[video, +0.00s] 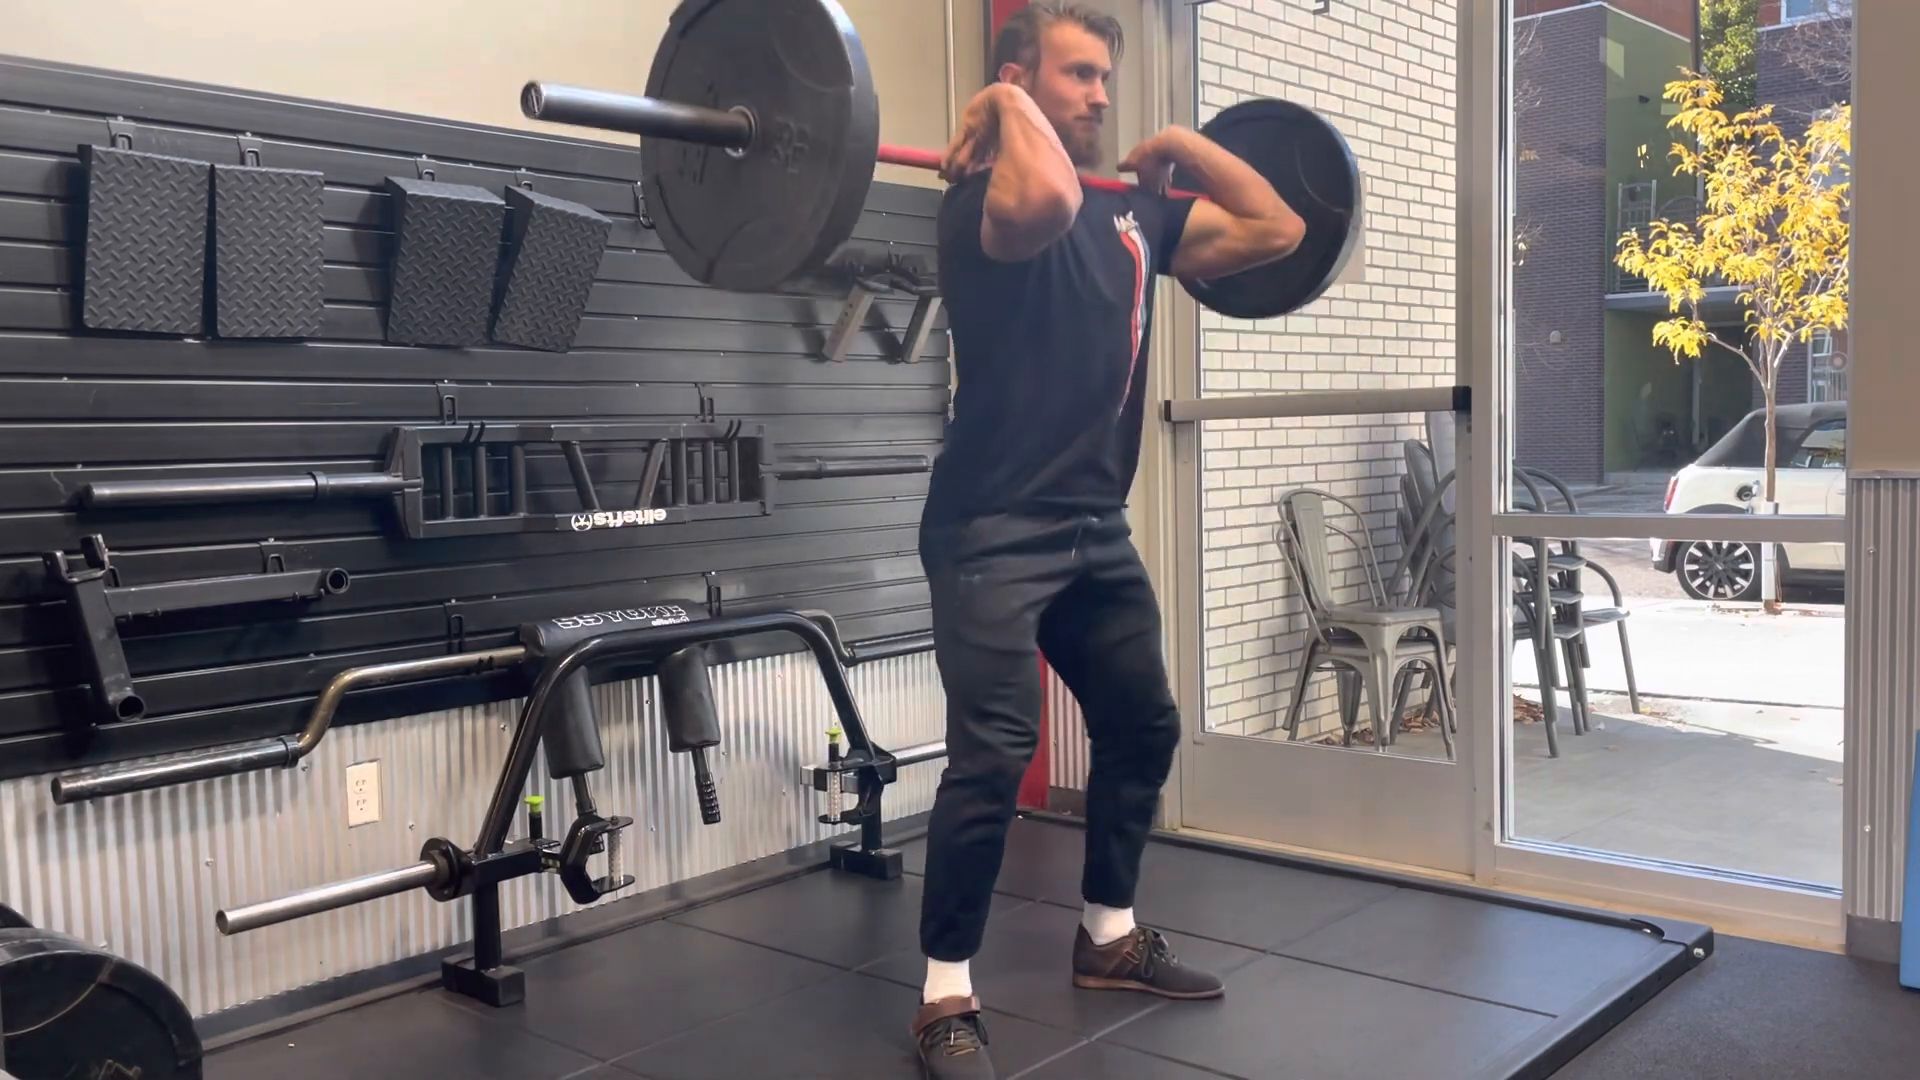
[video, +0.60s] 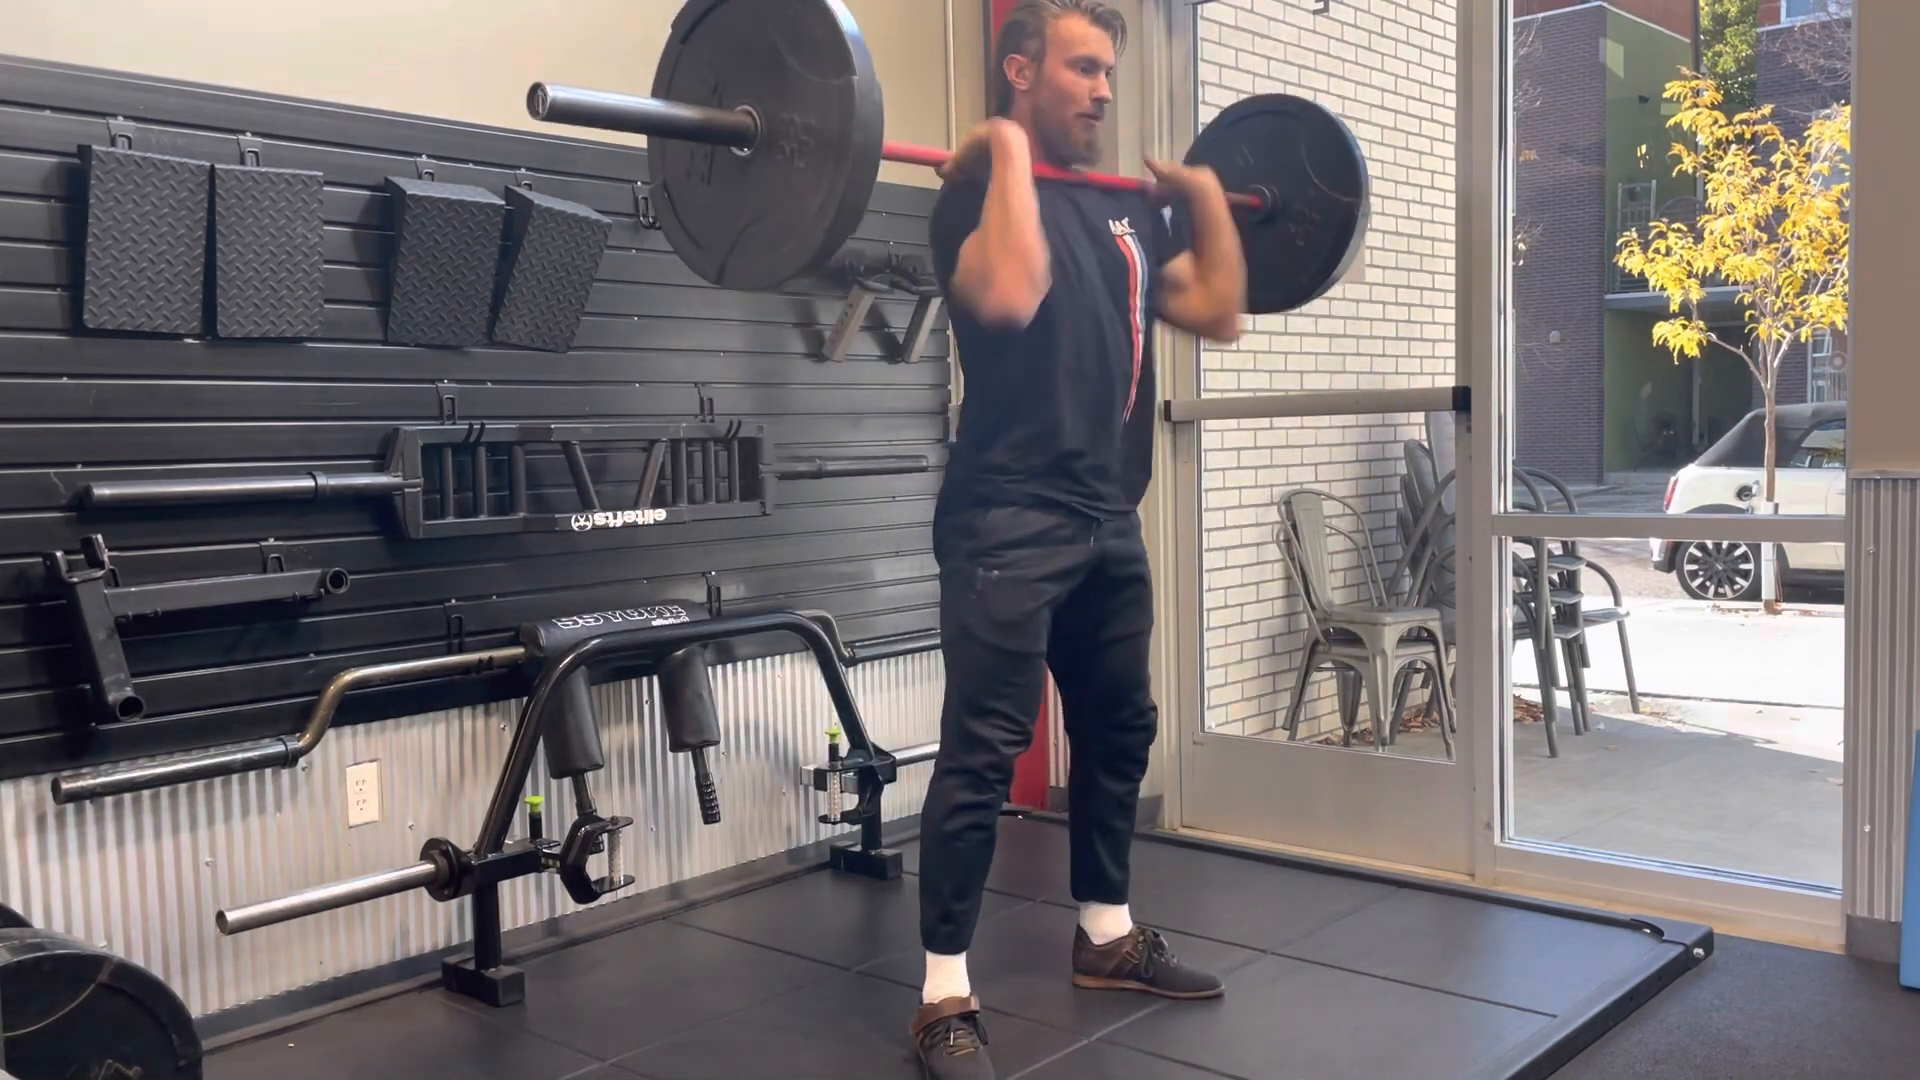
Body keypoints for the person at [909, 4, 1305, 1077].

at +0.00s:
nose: (1101, 94)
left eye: (1105, 77)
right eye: (1081, 72)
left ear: (1103, 92)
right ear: (1020, 86)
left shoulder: (1133, 209)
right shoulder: (980, 198)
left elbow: (1276, 228)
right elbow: (1050, 198)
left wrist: (1181, 144)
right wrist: (1008, 100)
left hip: (1096, 526)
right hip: (990, 529)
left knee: (1143, 725)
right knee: (993, 749)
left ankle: (1107, 940)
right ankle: (946, 997)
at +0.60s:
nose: (1104, 87)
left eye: (1110, 71)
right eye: (1085, 67)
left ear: (1110, 88)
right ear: (1020, 72)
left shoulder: (1124, 207)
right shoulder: (977, 192)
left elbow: (1217, 313)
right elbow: (1008, 297)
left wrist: (1204, 194)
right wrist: (1008, 147)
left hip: (1108, 519)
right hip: (1005, 516)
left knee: (1116, 732)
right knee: (985, 746)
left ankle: (1104, 936)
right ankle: (945, 993)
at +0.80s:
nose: (1107, 73)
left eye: (1111, 56)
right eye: (1087, 52)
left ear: (1101, 74)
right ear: (1019, 66)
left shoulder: (1097, 190)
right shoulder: (946, 178)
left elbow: (1090, 298)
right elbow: (847, 264)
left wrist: (1148, 302)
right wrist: (955, 289)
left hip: (1093, 507)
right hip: (990, 512)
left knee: (1118, 720)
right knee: (995, 735)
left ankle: (1104, 934)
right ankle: (951, 986)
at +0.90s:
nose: (1116, 96)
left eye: (1120, 79)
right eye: (1094, 76)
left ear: (1113, 99)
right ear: (1026, 90)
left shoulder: (1120, 215)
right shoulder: (965, 205)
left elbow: (1151, 311)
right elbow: (859, 303)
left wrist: (1179, 397)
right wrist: (972, 404)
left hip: (1067, 518)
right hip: (964, 522)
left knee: (1104, 724)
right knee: (994, 736)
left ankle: (1085, 943)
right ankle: (953, 988)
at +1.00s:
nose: (1148, 151)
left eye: (1149, 136)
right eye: (1125, 134)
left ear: (1143, 159)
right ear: (1059, 157)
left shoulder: (1144, 293)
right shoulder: (998, 282)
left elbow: (1147, 404)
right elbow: (882, 399)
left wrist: (1170, 506)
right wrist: (964, 532)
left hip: (1052, 550)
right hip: (946, 556)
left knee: (1138, 731)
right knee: (1001, 754)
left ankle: (1089, 942)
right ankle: (956, 997)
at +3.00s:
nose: (1093, 80)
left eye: (1097, 64)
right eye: (1072, 59)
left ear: (1087, 80)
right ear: (1005, 69)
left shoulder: (1111, 228)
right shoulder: (949, 214)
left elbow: (1136, 383)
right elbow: (930, 395)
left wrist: (1165, 520)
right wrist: (957, 547)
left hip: (1096, 528)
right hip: (992, 530)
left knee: (1111, 731)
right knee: (987, 750)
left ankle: (1087, 941)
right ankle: (950, 992)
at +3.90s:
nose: (1199, 142)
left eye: (1197, 126)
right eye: (1173, 125)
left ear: (1173, 159)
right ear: (1105, 154)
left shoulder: (1176, 304)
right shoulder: (1023, 293)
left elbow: (1158, 456)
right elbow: (943, 464)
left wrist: (1140, 593)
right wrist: (938, 628)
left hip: (1035, 538)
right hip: (934, 537)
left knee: (1092, 720)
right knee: (952, 737)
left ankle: (1086, 939)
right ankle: (944, 988)